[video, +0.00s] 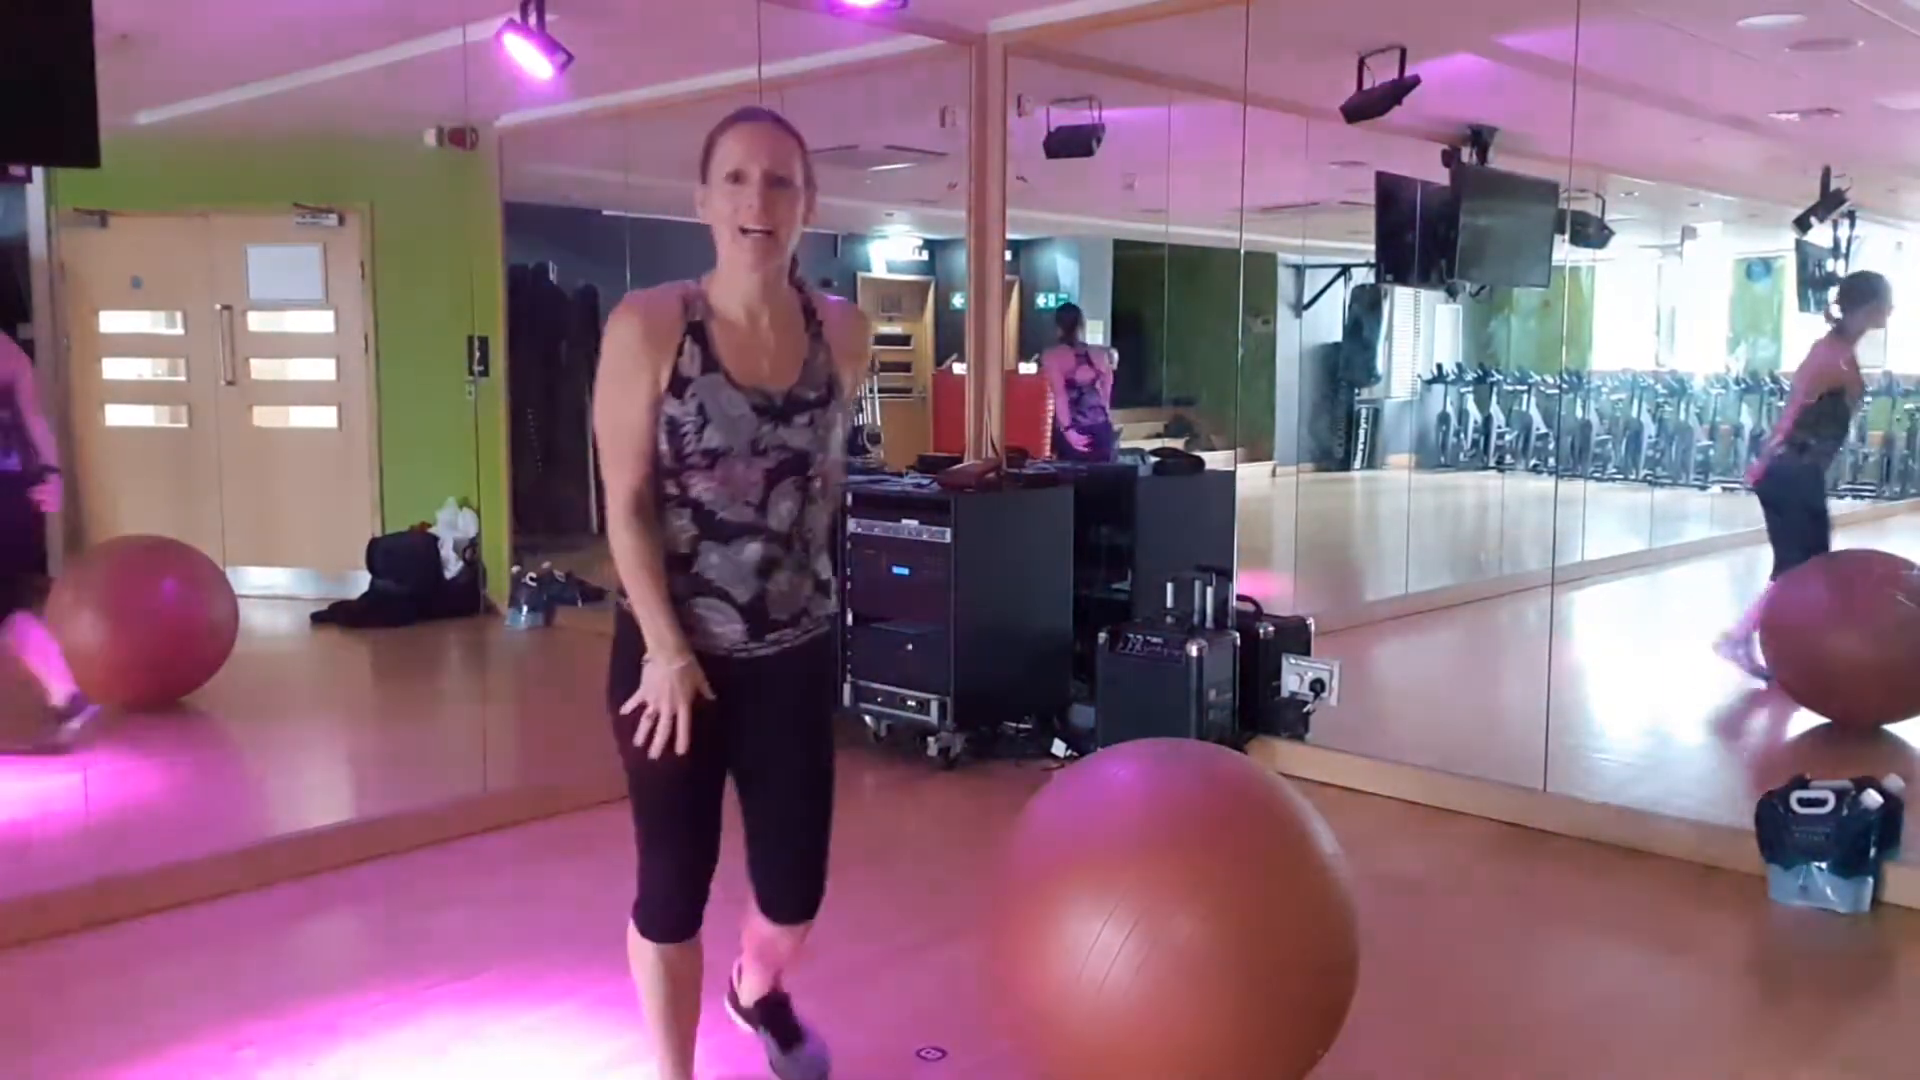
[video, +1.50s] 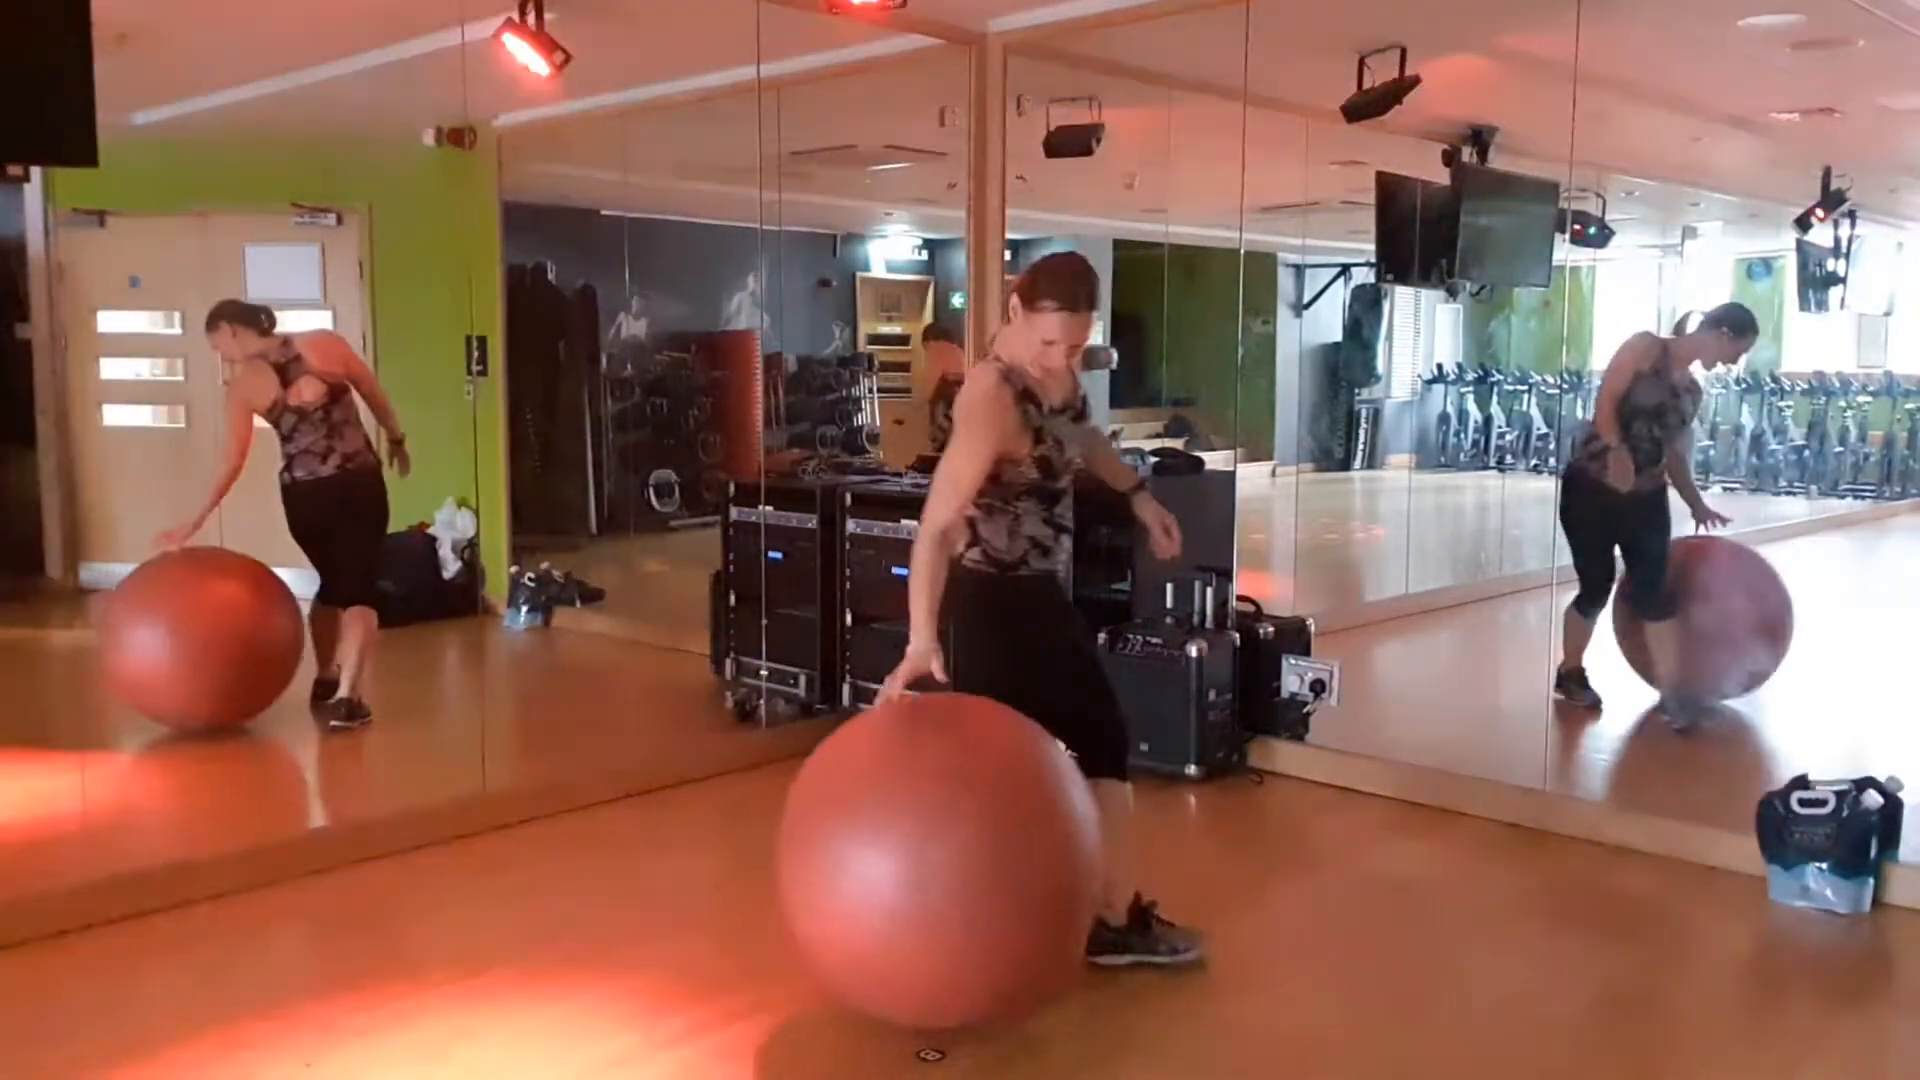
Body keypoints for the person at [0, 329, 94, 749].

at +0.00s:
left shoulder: (11, 356)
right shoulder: (13, 357)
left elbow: (32, 416)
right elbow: (32, 418)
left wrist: (50, 470)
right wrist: (50, 469)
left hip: (15, 501)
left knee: (17, 603)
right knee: (15, 605)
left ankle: (65, 697)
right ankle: (66, 697)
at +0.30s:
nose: (11, 310)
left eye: (7, 299)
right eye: (18, 298)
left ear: (1, 300)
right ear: (45, 291)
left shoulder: (7, 351)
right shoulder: (86, 342)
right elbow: (117, 418)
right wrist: (115, 468)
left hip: (26, 492)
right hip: (96, 490)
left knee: (14, 608)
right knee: (97, 603)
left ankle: (9, 715)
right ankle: (102, 721)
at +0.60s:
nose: (125, 312)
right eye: (127, 305)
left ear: (91, 314)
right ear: (131, 305)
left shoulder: (79, 352)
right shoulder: (154, 338)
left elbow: (74, 425)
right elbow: (177, 410)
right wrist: (202, 471)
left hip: (90, 487)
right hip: (144, 482)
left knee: (131, 596)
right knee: (161, 600)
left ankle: (137, 702)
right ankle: (111, 700)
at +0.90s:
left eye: (167, 327)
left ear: (164, 332)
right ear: (199, 319)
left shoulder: (157, 371)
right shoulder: (223, 341)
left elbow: (152, 447)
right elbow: (238, 394)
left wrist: (149, 509)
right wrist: (252, 452)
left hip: (172, 491)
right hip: (223, 480)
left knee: (177, 594)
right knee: (278, 583)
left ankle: (139, 701)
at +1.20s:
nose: (211, 349)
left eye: (210, 342)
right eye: (210, 343)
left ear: (220, 338)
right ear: (253, 329)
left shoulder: (214, 384)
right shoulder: (298, 352)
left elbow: (201, 464)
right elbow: (344, 417)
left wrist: (190, 528)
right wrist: (379, 467)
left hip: (268, 502)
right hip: (321, 488)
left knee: (322, 582)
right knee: (347, 591)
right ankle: (346, 701)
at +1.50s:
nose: (218, 355)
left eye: (216, 344)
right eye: (213, 347)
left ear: (233, 330)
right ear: (247, 324)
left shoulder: (245, 381)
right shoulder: (325, 344)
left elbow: (234, 463)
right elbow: (372, 392)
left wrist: (192, 525)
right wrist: (395, 436)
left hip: (303, 491)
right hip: (359, 481)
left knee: (333, 585)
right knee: (358, 590)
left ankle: (328, 675)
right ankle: (347, 695)